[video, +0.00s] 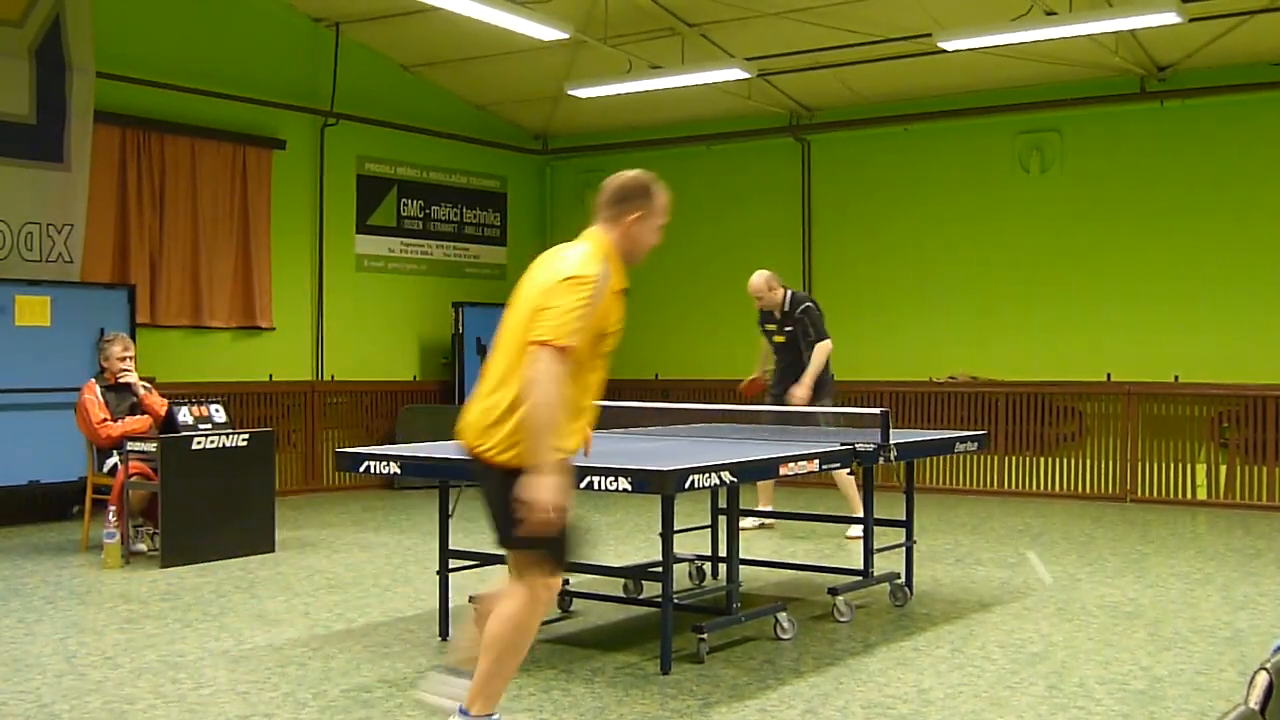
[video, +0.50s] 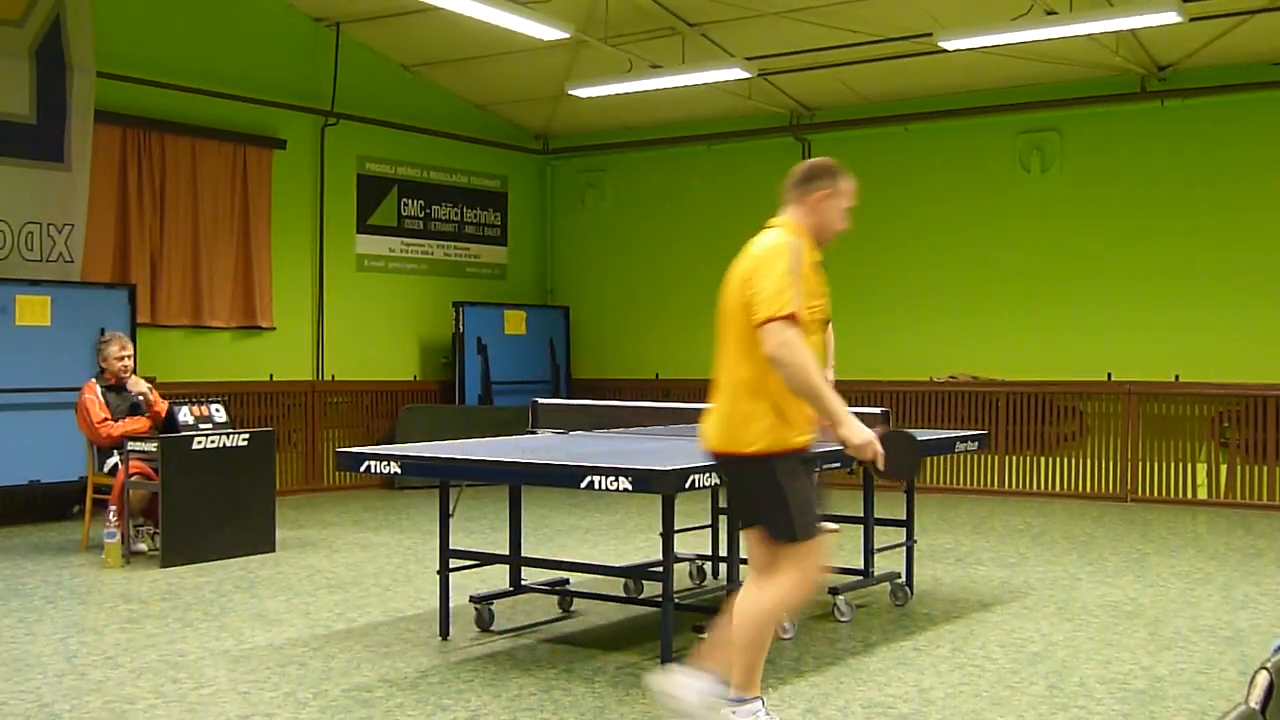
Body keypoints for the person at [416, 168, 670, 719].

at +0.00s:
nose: (659, 238)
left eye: (661, 226)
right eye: (658, 224)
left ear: (615, 215)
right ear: (632, 218)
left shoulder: (571, 258)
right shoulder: (588, 269)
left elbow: (535, 352)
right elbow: (548, 360)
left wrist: (560, 437)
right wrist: (546, 466)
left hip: (507, 440)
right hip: (520, 447)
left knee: (531, 576)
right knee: (537, 584)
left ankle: (457, 669)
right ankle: (477, 709)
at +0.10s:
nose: (689, 233)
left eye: (690, 220)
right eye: (686, 219)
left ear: (647, 212)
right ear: (658, 213)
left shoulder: (593, 256)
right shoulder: (618, 266)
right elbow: (597, 371)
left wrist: (621, 445)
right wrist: (625, 464)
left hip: (575, 439)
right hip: (548, 440)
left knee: (610, 556)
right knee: (537, 579)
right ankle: (477, 710)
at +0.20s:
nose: (735, 242)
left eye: (737, 229)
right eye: (732, 228)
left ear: (694, 221)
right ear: (703, 221)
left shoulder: (646, 264)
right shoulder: (666, 270)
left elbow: (588, 343)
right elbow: (669, 373)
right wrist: (734, 456)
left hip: (627, 456)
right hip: (598, 453)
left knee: (680, 573)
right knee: (554, 581)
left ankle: (721, 699)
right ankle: (482, 706)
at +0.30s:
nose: (765, 240)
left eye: (768, 229)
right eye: (763, 227)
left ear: (724, 219)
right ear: (737, 220)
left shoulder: (682, 269)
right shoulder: (698, 273)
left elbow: (629, 355)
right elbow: (708, 372)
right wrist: (786, 438)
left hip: (676, 457)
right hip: (642, 456)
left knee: (730, 566)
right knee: (614, 582)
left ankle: (739, 705)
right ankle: (506, 695)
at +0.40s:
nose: (815, 231)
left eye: (817, 219)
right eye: (813, 217)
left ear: (780, 207)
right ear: (786, 208)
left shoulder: (755, 259)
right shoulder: (748, 259)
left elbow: (737, 358)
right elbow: (754, 353)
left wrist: (769, 419)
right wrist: (829, 423)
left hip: (744, 446)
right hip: (717, 446)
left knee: (769, 562)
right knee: (742, 572)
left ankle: (743, 703)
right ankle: (606, 669)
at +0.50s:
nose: (847, 222)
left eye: (849, 210)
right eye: (844, 208)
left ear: (811, 198)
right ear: (815, 198)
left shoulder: (784, 250)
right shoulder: (780, 249)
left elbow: (784, 345)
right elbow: (780, 342)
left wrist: (825, 417)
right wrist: (844, 419)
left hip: (755, 436)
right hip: (762, 437)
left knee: (768, 569)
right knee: (809, 563)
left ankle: (743, 700)